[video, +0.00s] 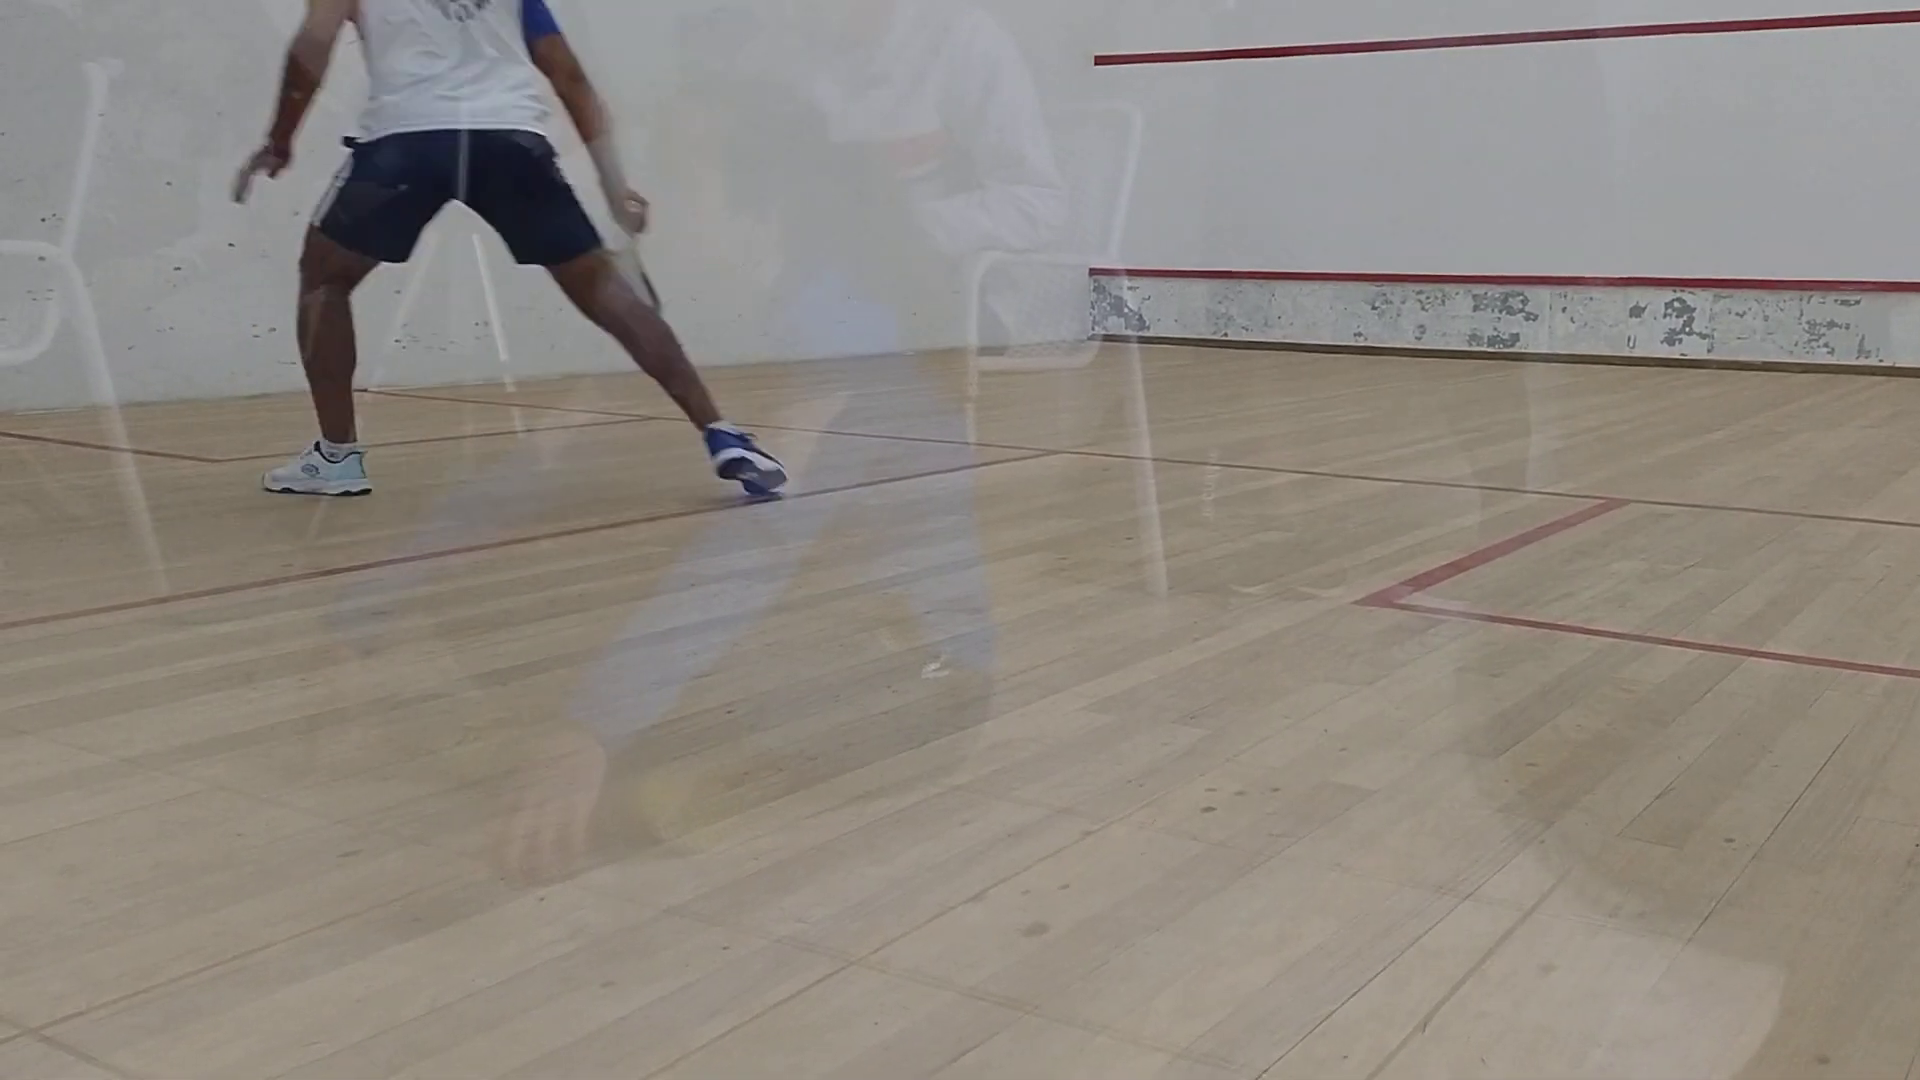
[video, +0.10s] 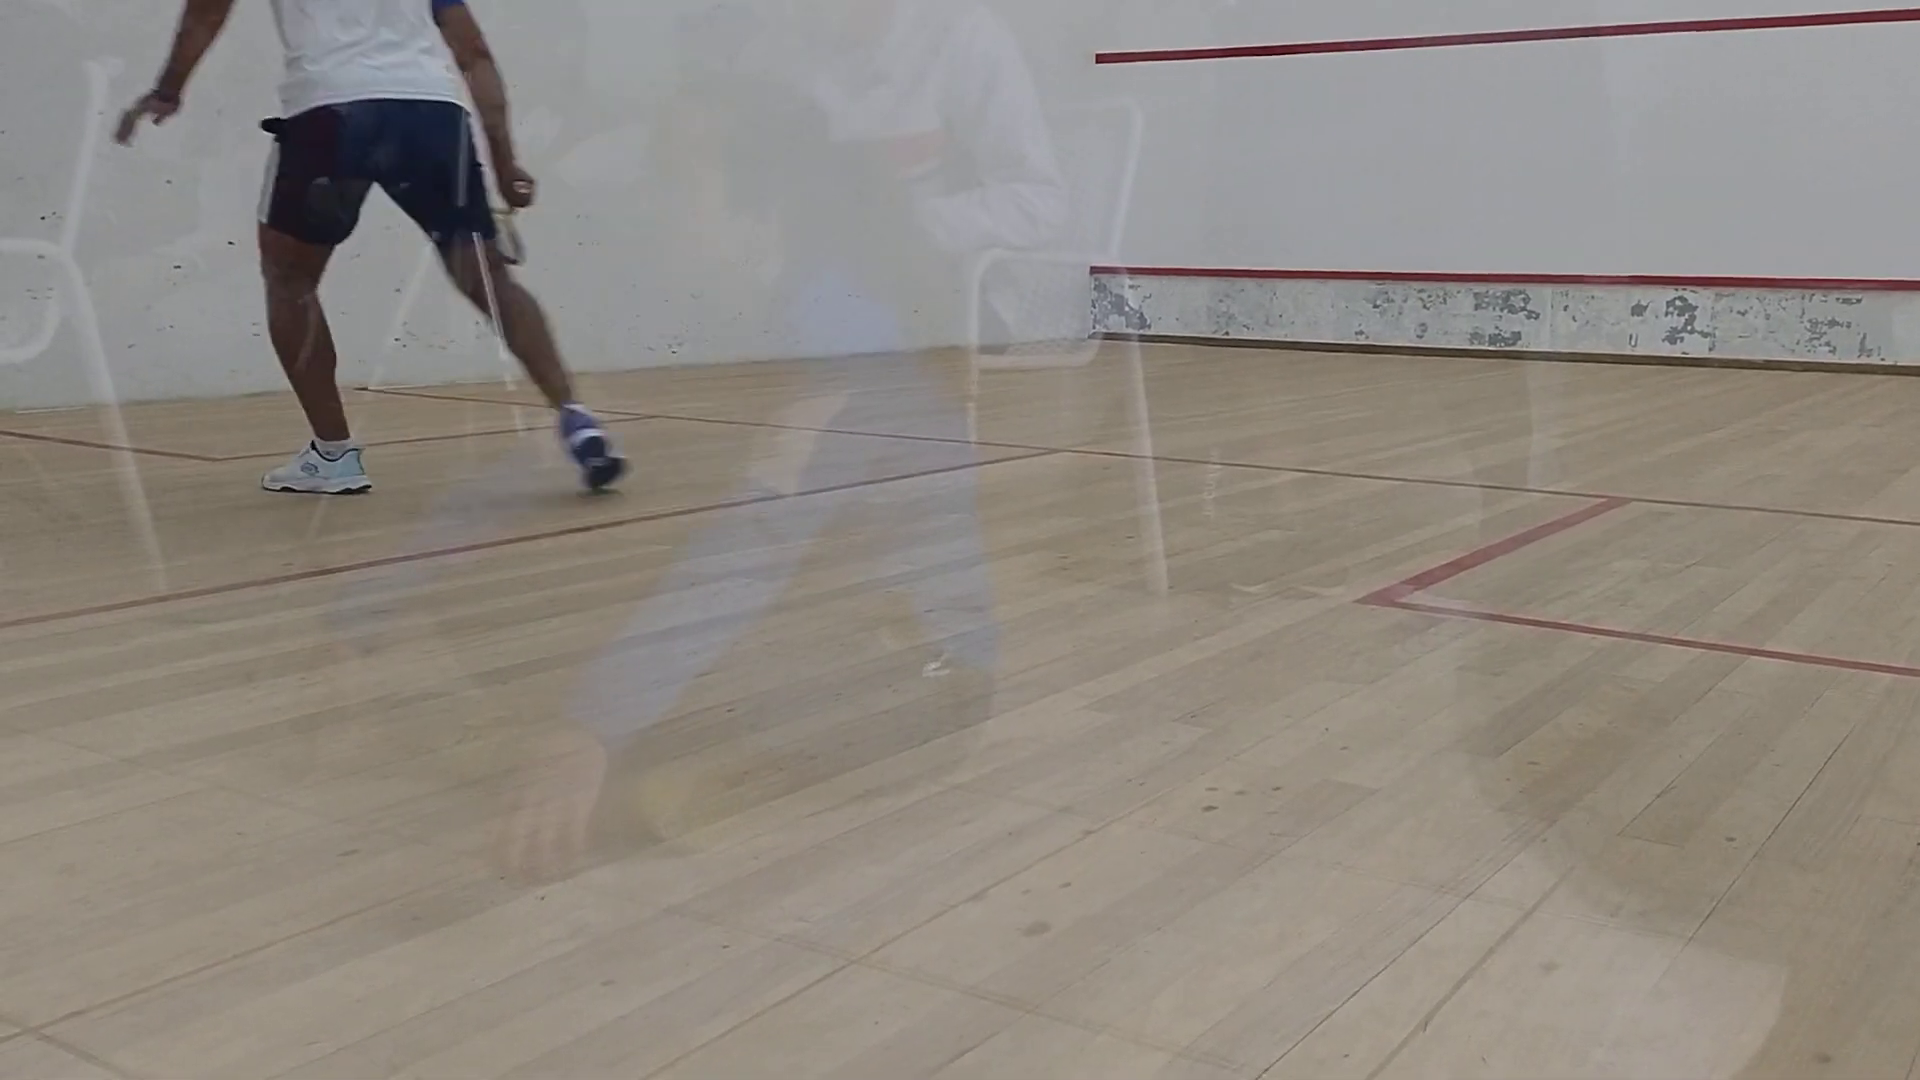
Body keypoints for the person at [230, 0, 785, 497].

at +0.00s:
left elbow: (308, 51)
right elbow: (568, 74)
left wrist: (279, 140)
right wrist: (618, 182)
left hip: (405, 141)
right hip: (513, 140)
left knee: (324, 279)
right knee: (605, 287)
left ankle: (337, 452)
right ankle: (720, 434)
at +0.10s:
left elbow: (209, 7)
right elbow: (473, 51)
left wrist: (171, 84)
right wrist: (505, 160)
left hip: (331, 115)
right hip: (434, 110)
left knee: (290, 283)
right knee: (488, 274)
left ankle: (334, 453)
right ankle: (573, 414)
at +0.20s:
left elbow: (120, 2)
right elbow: (388, 49)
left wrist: (79, 55)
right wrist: (390, 149)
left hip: (263, 87)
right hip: (360, 91)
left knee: (209, 260)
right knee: (342, 262)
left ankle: (296, 427)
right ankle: (418, 427)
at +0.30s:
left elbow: (66, 1)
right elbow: (292, 46)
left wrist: (12, 64)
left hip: (184, 97)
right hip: (281, 96)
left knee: (75, 244)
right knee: (249, 270)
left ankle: (165, 414)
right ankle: (337, 439)